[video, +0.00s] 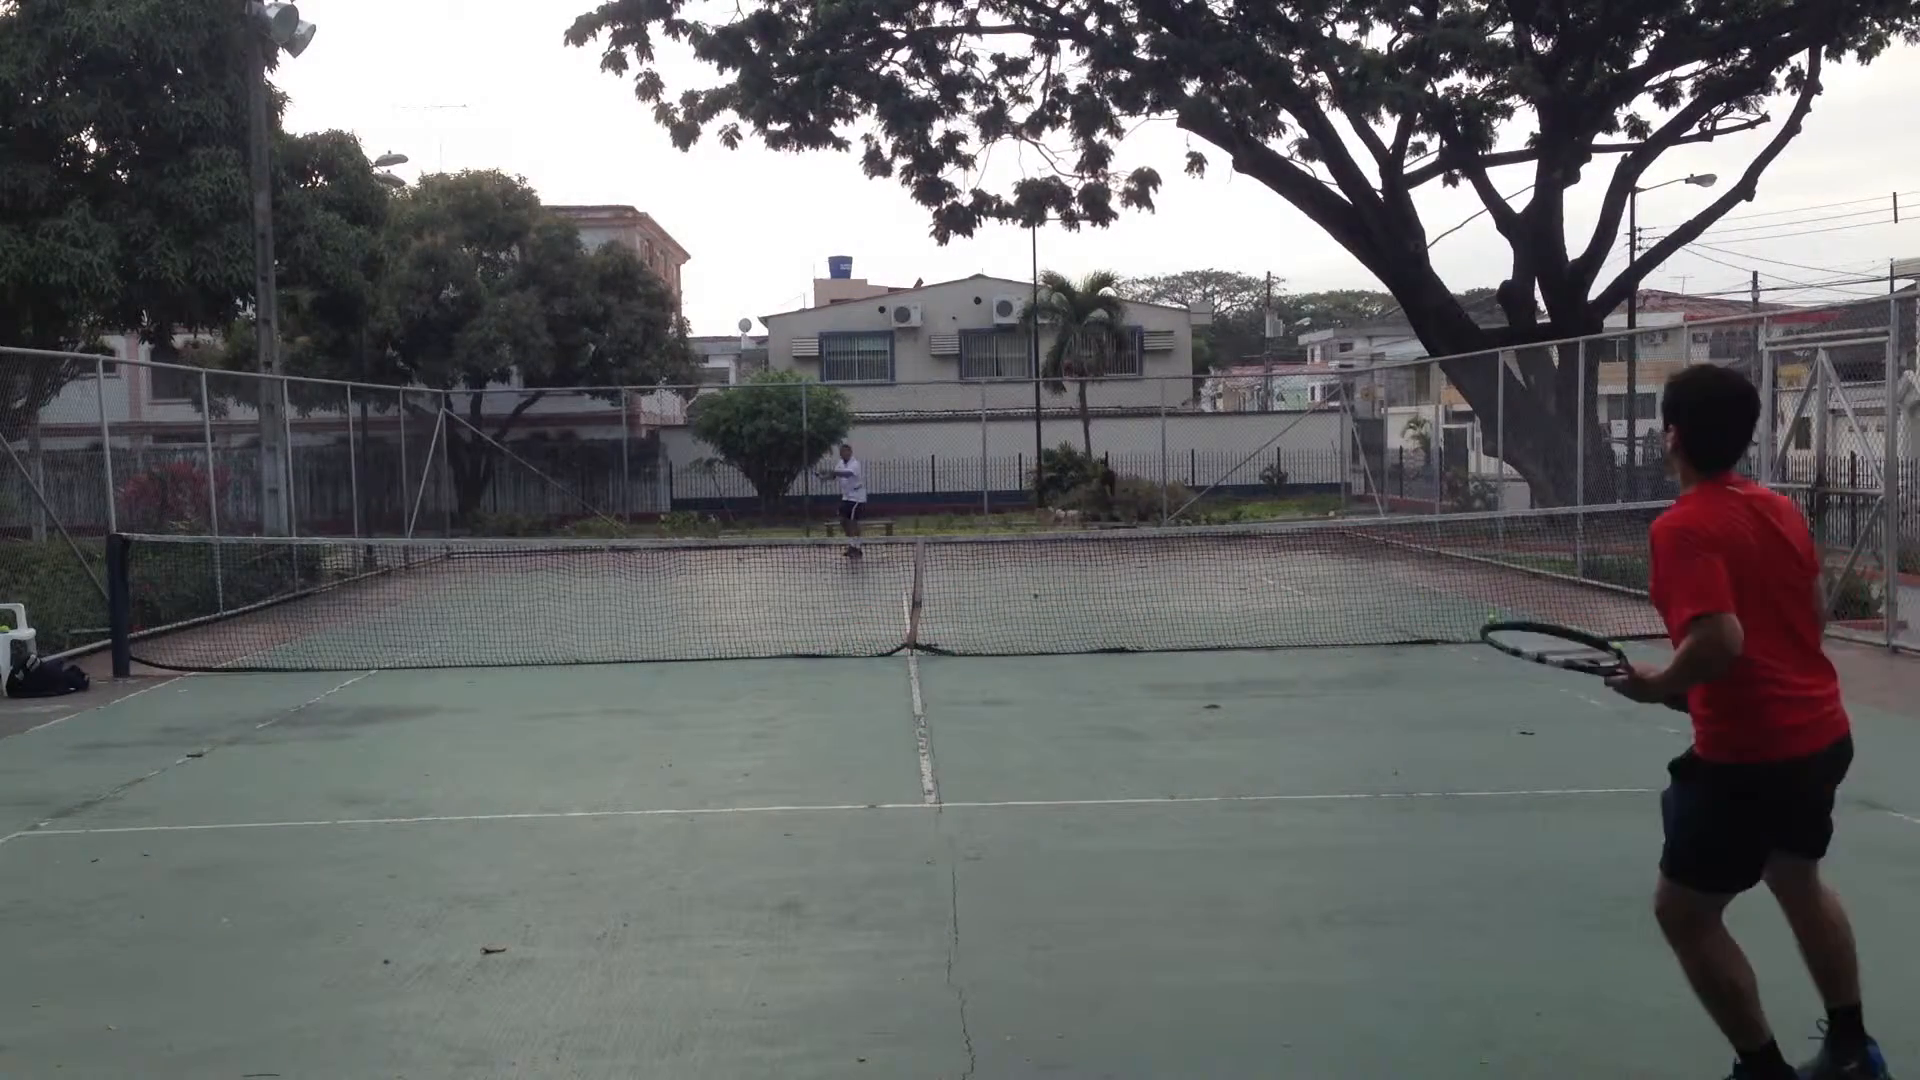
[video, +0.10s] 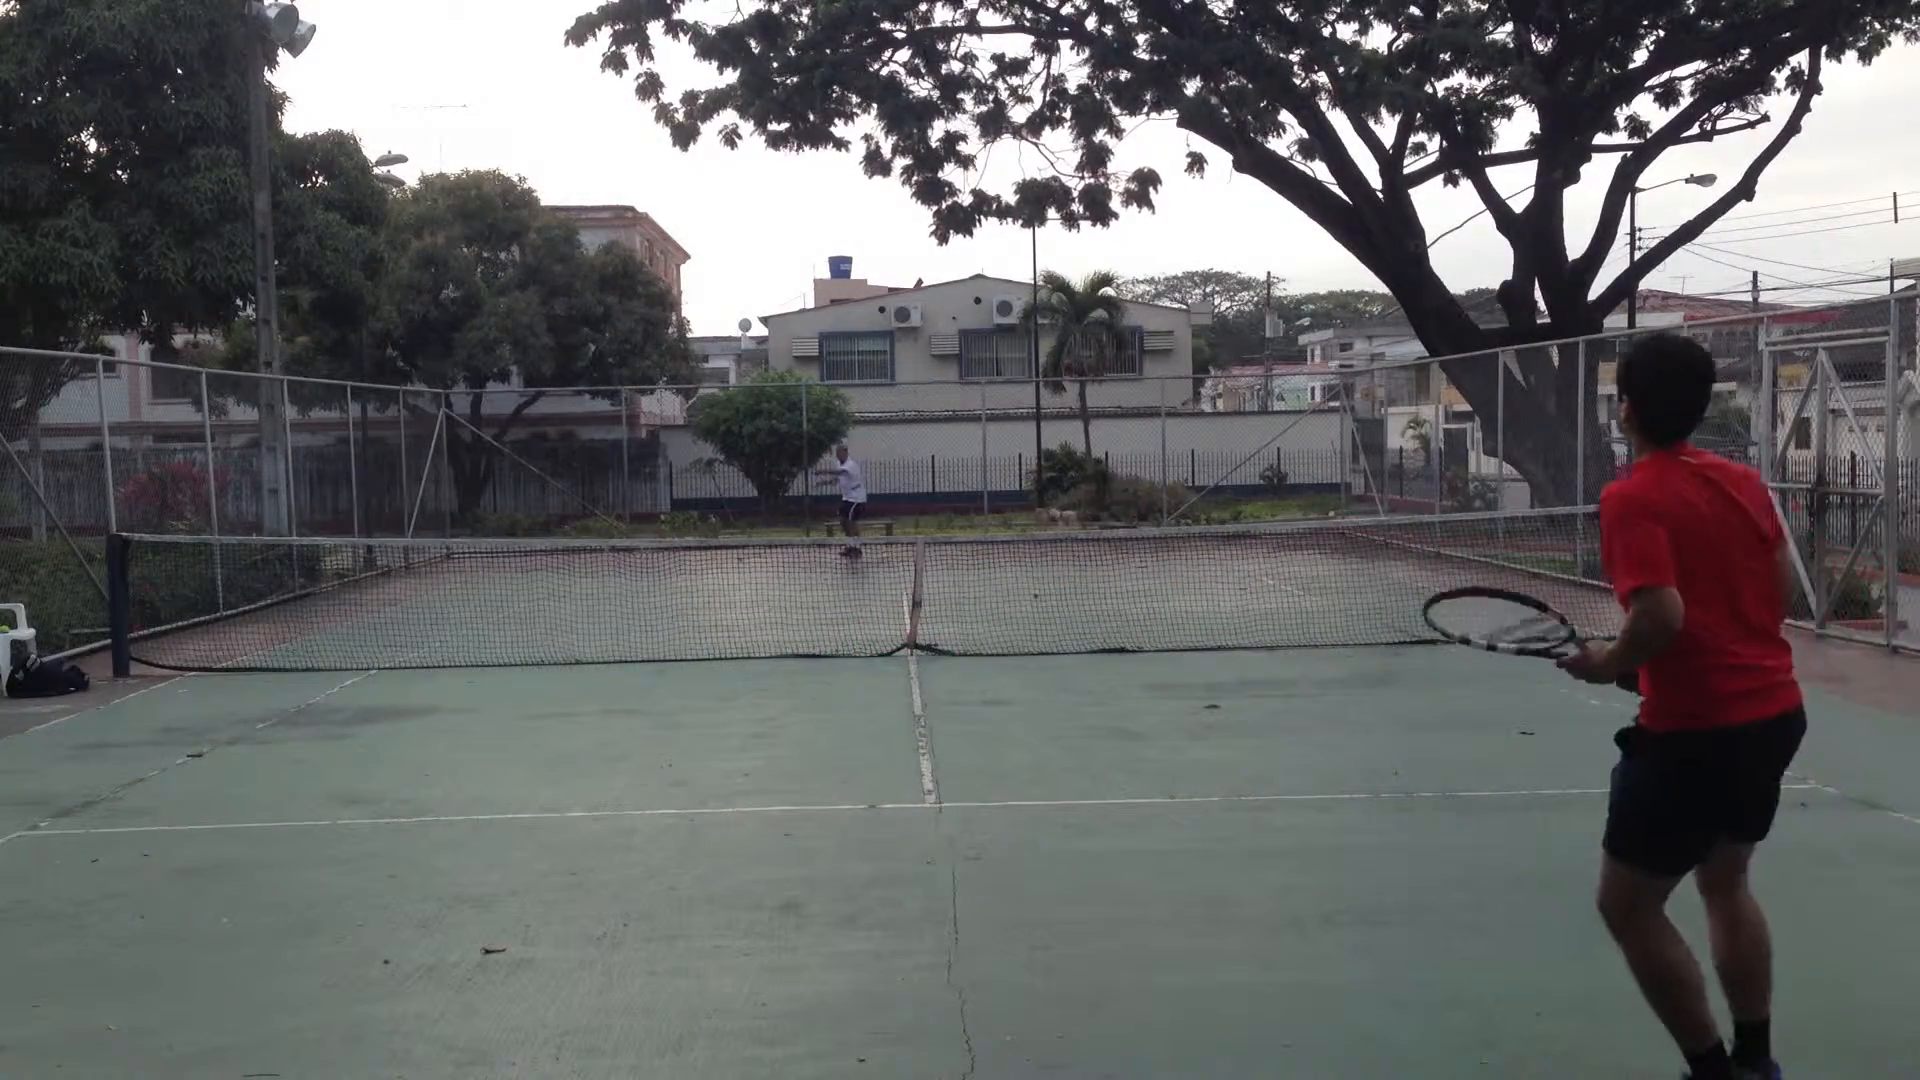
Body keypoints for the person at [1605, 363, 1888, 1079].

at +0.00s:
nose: (1663, 436)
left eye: (1665, 426)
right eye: (1671, 424)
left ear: (1673, 438)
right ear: (1742, 437)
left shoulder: (1682, 526)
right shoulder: (1781, 509)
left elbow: (1719, 641)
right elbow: (1813, 618)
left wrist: (1659, 684)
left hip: (1743, 754)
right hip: (1822, 741)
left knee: (1684, 909)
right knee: (1796, 874)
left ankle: (1761, 1065)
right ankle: (1850, 1042)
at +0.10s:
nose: (1614, 406)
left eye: (1618, 395)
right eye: (1616, 395)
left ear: (1631, 406)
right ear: (1697, 407)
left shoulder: (1631, 496)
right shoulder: (1742, 480)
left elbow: (1661, 614)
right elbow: (1790, 595)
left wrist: (1608, 659)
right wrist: (1695, 610)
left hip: (1688, 731)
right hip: (1772, 718)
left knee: (1628, 902)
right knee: (1726, 881)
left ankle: (1711, 1066)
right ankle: (1756, 1058)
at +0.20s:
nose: (1566, 425)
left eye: (1569, 412)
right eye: (1569, 412)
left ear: (1581, 423)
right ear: (1649, 422)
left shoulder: (1580, 516)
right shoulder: (1698, 498)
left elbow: (1602, 641)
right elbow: (1744, 615)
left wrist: (1553, 671)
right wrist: (1657, 641)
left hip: (1630, 757)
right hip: (1720, 751)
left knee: (1543, 933)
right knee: (1674, 917)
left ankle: (1607, 1076)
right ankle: (1693, 1075)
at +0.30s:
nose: (1515, 463)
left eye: (1517, 453)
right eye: (1520, 451)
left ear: (1522, 466)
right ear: (1599, 463)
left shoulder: (1525, 562)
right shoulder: (1652, 541)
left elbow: (1530, 696)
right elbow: (1701, 661)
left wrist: (1482, 710)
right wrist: (1632, 696)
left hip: (1574, 800)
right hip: (1665, 796)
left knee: (1464, 968)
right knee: (1623, 943)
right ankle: (1673, 1075)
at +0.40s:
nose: (1452, 481)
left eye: (1454, 471)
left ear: (1458, 483)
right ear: (1537, 481)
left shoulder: (1442, 582)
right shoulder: (1592, 571)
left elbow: (1442, 717)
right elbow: (1650, 697)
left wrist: (1414, 733)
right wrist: (1578, 729)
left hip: (1492, 836)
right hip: (1598, 830)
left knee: (1398, 1021)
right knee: (1616, 982)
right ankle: (1669, 1077)